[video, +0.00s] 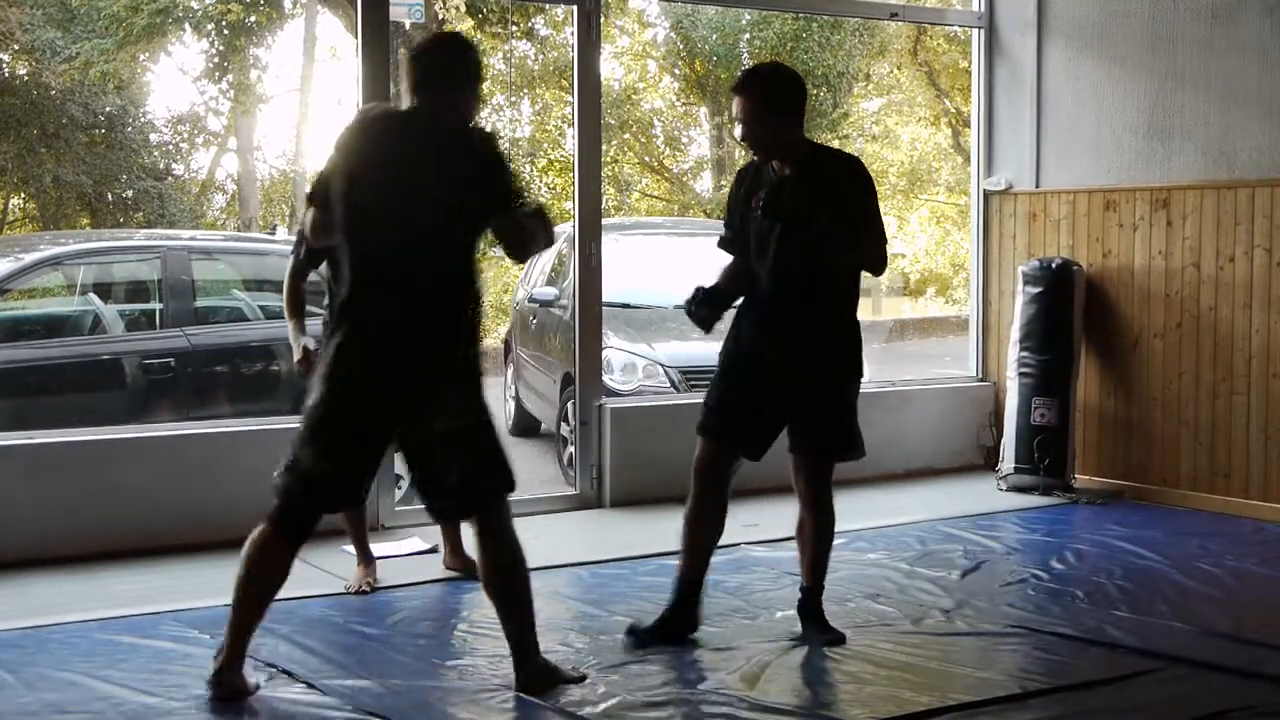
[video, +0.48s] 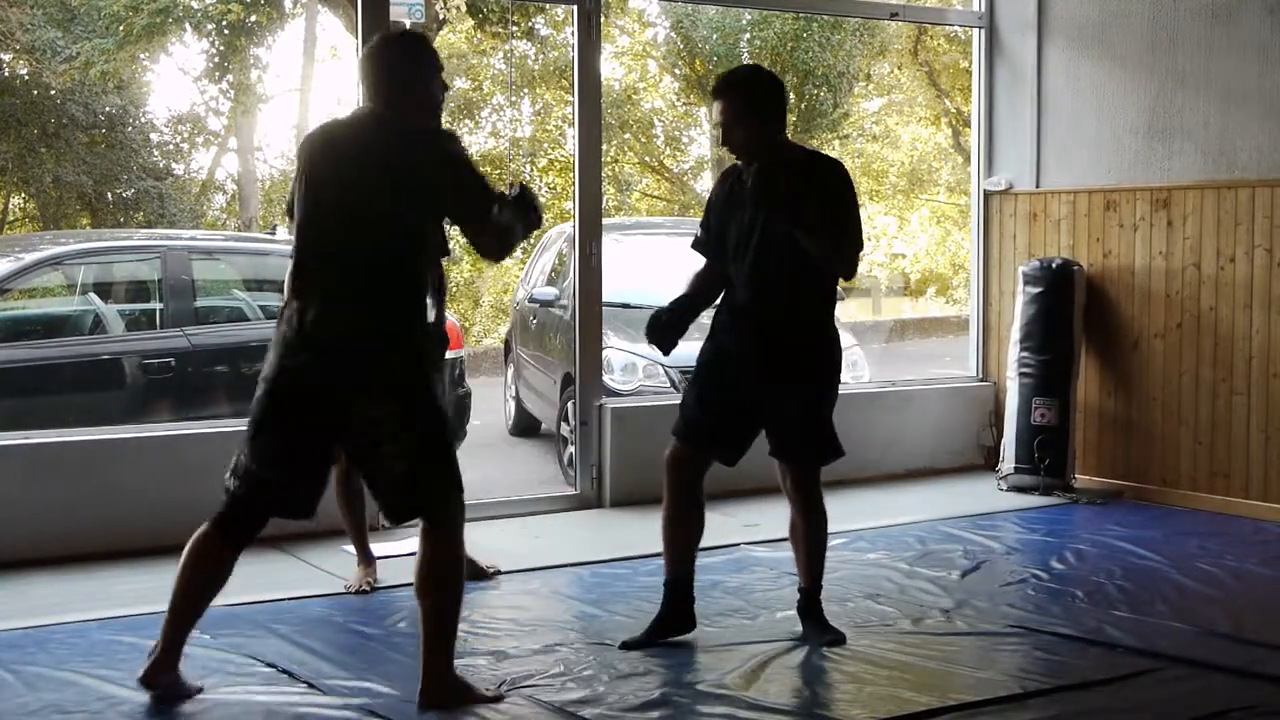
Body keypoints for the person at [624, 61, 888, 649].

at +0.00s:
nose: (740, 134)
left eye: (748, 121)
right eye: (738, 122)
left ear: (787, 115)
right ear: (758, 119)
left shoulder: (843, 172)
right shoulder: (750, 178)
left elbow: (875, 259)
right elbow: (745, 260)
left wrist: (810, 217)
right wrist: (715, 296)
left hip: (822, 350)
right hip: (754, 346)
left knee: (814, 483)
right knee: (708, 466)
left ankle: (812, 607)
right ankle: (683, 609)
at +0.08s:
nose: (736, 134)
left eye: (744, 123)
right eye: (735, 123)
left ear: (781, 117)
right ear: (756, 121)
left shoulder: (841, 178)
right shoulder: (746, 181)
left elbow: (870, 264)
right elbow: (737, 263)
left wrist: (805, 217)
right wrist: (702, 300)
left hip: (815, 354)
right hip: (747, 351)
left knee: (809, 485)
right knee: (707, 474)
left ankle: (810, 607)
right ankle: (680, 615)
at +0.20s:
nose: (732, 136)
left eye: (740, 123)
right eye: (730, 123)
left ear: (777, 117)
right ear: (745, 121)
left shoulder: (837, 178)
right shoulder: (740, 182)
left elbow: (859, 268)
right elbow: (713, 266)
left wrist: (800, 227)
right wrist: (674, 318)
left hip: (809, 351)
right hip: (739, 349)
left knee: (804, 481)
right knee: (700, 470)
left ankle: (811, 609)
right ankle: (680, 615)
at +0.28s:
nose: (730, 133)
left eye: (738, 121)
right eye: (727, 121)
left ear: (774, 115)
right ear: (746, 119)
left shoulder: (833, 176)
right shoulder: (737, 180)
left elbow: (858, 266)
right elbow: (710, 266)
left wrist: (798, 215)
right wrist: (674, 310)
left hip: (808, 349)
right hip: (737, 347)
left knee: (804, 480)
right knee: (696, 467)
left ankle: (811, 609)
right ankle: (678, 615)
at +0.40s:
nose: (725, 133)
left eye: (733, 121)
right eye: (723, 121)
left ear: (769, 115)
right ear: (741, 120)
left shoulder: (829, 176)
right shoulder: (733, 183)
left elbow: (851, 265)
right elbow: (712, 268)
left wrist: (795, 216)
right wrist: (677, 307)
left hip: (803, 354)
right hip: (734, 352)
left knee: (804, 481)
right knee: (686, 465)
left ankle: (811, 607)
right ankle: (677, 611)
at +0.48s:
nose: (722, 136)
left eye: (730, 123)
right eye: (720, 123)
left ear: (767, 117)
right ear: (738, 122)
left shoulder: (824, 174)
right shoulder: (733, 182)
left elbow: (845, 264)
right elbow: (717, 267)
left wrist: (784, 207)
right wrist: (679, 311)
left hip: (802, 350)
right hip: (733, 348)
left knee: (801, 477)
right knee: (681, 462)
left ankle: (811, 607)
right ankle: (677, 607)